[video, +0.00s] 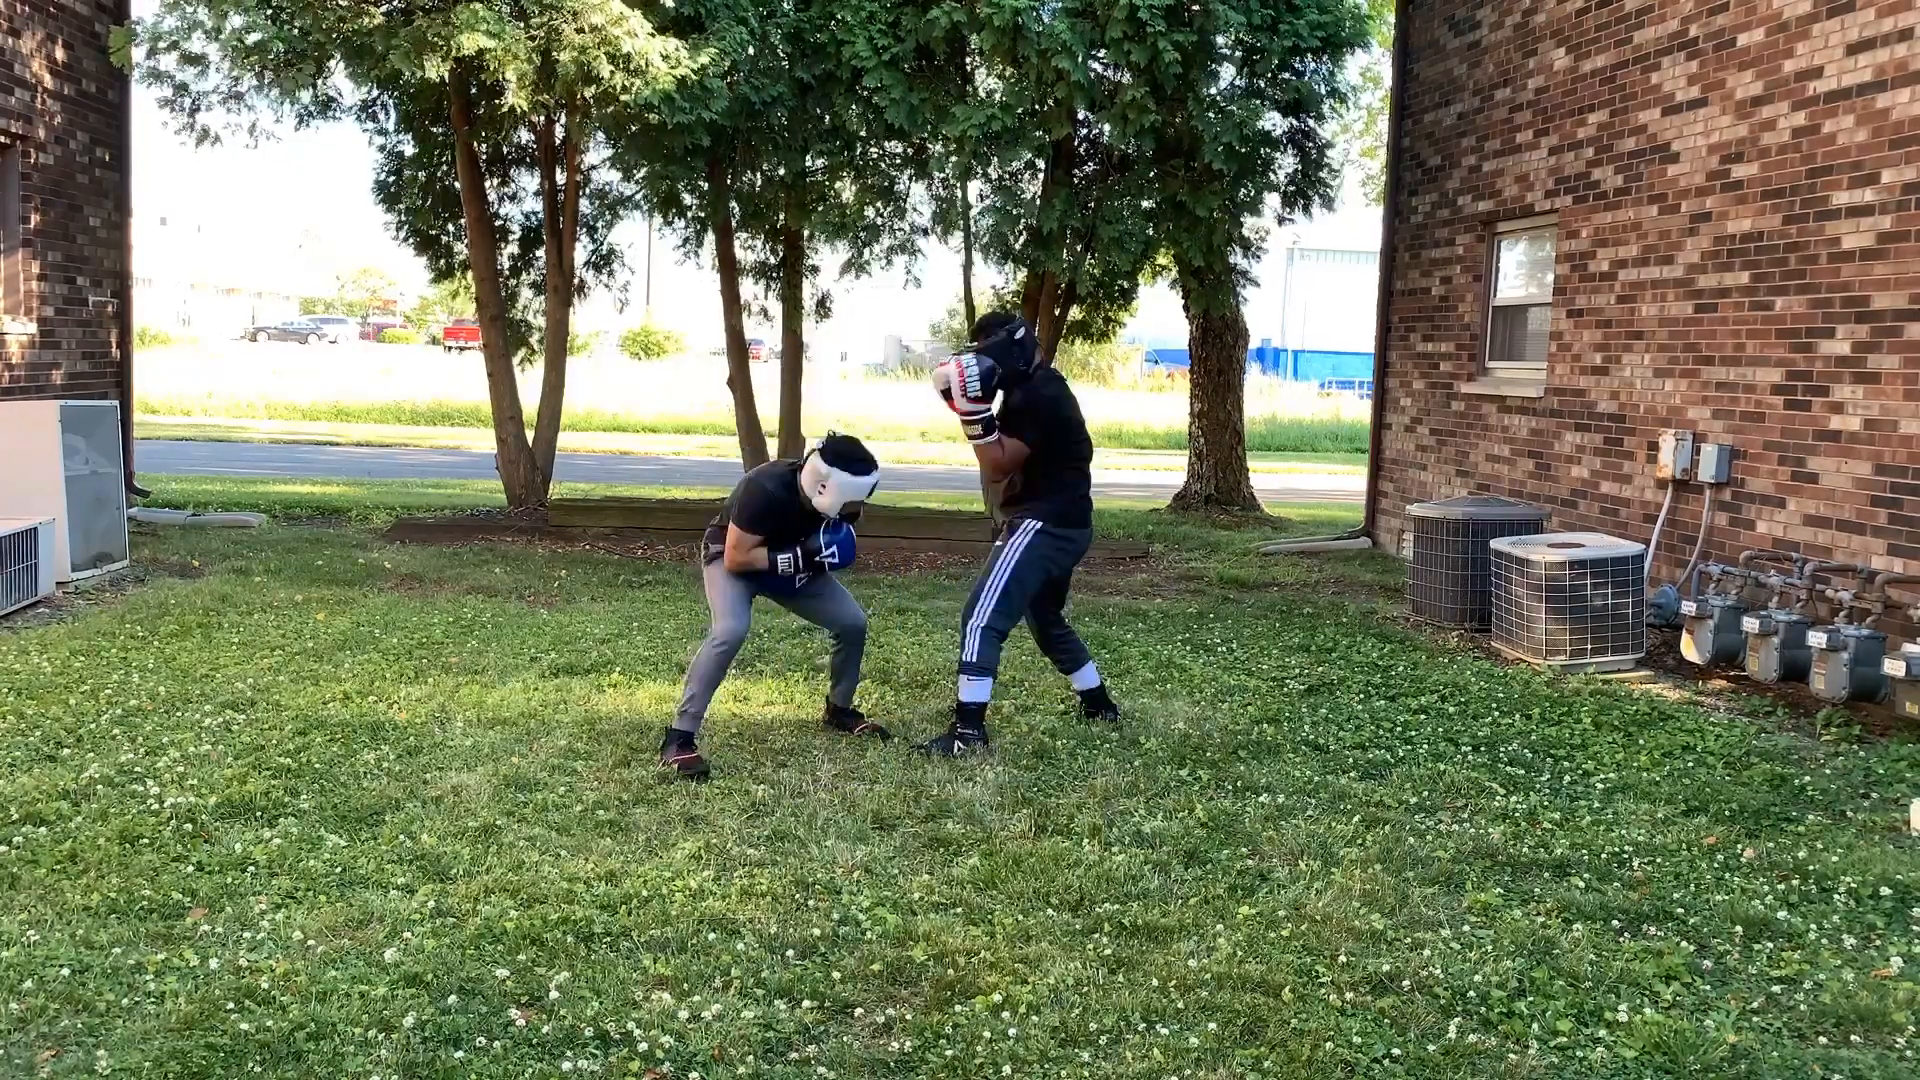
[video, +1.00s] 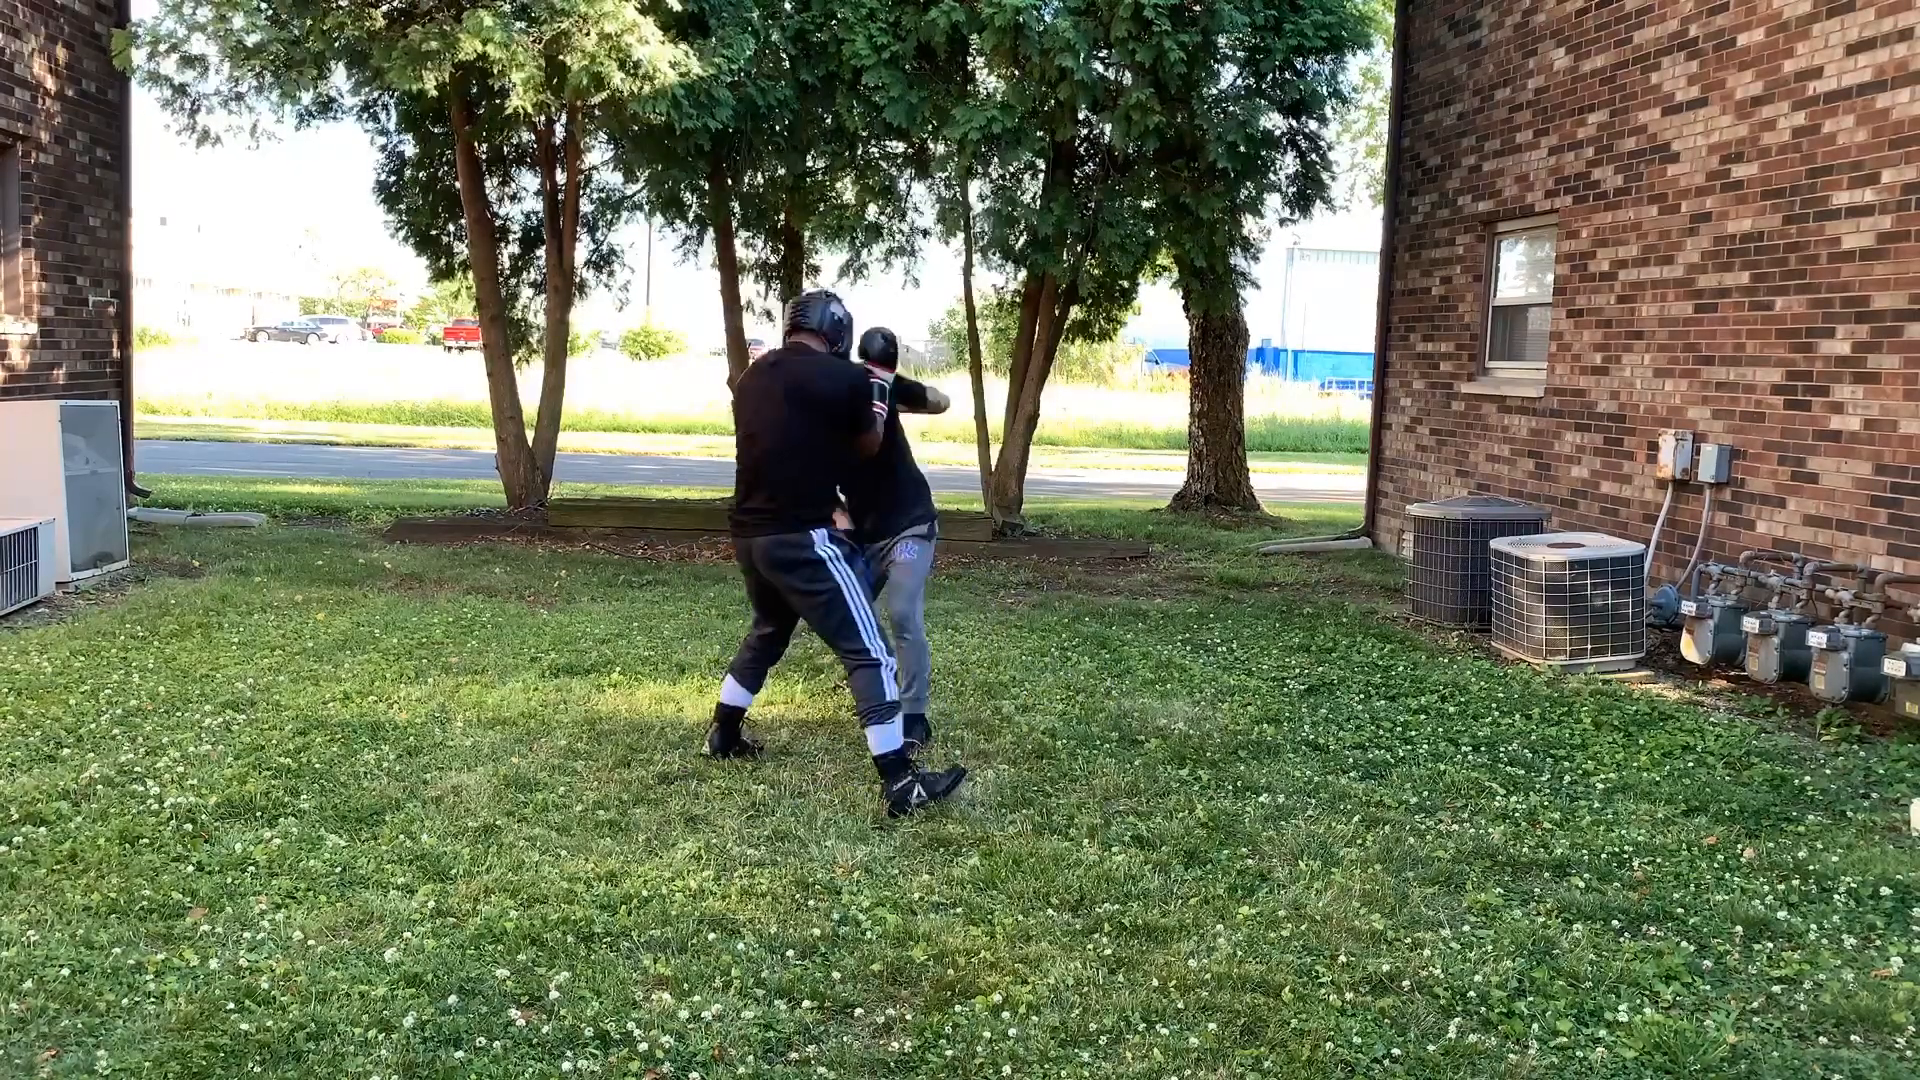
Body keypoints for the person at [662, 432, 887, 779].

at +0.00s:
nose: (854, 509)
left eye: (858, 501)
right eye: (850, 501)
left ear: (826, 486)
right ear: (824, 487)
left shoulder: (838, 499)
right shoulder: (764, 488)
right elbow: (735, 559)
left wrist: (836, 550)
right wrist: (799, 559)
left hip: (786, 559)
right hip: (732, 558)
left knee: (852, 623)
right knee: (730, 632)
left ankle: (840, 710)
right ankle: (680, 738)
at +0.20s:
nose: (848, 440)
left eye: (856, 431)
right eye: (842, 431)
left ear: (866, 415)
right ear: (818, 411)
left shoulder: (860, 426)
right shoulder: (770, 424)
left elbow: (897, 457)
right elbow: (750, 489)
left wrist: (864, 482)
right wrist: (804, 488)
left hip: (813, 524)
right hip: (753, 516)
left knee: (846, 606)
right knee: (721, 602)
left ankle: (840, 707)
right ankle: (683, 708)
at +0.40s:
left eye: (812, 357)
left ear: (815, 361)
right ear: (859, 356)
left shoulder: (798, 401)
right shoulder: (893, 387)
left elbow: (794, 459)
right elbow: (901, 451)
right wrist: (896, 381)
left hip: (829, 540)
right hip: (888, 532)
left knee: (830, 630)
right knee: (932, 645)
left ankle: (804, 734)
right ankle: (914, 765)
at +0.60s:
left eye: (823, 342)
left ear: (824, 348)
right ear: (869, 346)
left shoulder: (798, 391)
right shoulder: (901, 385)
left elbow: (791, 458)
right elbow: (909, 454)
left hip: (816, 544)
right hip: (878, 540)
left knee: (824, 634)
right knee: (923, 659)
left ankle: (802, 735)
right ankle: (909, 781)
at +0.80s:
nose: (820, 325)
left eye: (825, 319)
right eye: (827, 317)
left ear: (832, 332)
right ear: (876, 333)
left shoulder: (797, 372)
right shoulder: (902, 388)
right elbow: (892, 445)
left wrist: (843, 355)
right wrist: (886, 363)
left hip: (792, 541)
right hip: (854, 541)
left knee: (798, 626)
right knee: (904, 655)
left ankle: (790, 734)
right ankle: (908, 780)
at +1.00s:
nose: (844, 347)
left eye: (841, 341)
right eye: (845, 339)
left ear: (788, 329)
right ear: (835, 335)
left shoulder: (752, 377)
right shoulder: (844, 376)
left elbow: (773, 436)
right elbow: (870, 446)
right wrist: (869, 396)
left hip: (751, 536)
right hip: (804, 536)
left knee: (770, 627)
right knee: (867, 650)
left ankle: (724, 733)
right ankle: (900, 780)